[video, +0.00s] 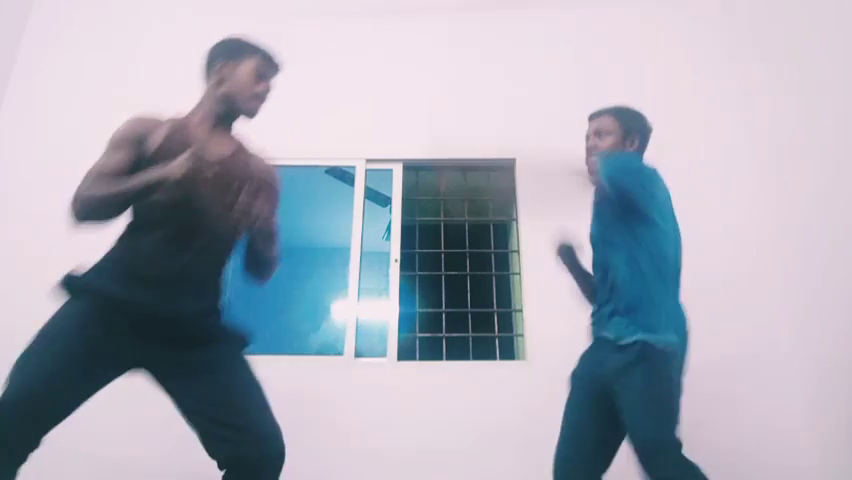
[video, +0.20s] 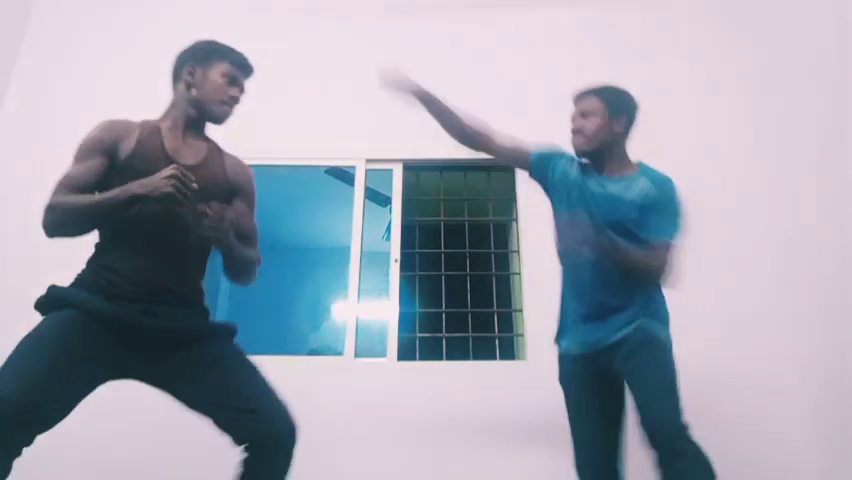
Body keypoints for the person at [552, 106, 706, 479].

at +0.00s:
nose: (591, 145)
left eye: (602, 135)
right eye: (588, 137)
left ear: (633, 142)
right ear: (585, 143)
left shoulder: (643, 181)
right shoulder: (610, 206)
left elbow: (612, 171)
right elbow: (604, 298)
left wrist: (602, 170)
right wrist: (571, 262)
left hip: (649, 350)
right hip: (606, 350)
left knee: (661, 461)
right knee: (572, 470)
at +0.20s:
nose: (575, 125)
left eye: (586, 116)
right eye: (574, 117)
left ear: (619, 124)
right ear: (574, 125)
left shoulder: (656, 188)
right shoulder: (560, 170)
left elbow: (654, 266)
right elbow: (483, 140)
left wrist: (602, 243)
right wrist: (422, 95)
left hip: (638, 332)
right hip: (579, 341)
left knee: (667, 436)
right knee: (595, 464)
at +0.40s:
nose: (534, 139)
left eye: (544, 129)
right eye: (535, 130)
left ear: (575, 138)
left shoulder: (594, 192)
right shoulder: (541, 214)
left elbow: (562, 239)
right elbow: (541, 296)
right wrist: (548, 337)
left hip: (616, 351)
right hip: (560, 352)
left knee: (650, 463)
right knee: (497, 456)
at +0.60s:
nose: (537, 191)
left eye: (548, 183)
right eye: (537, 184)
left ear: (582, 193)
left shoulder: (623, 263)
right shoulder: (526, 267)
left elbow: (623, 341)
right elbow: (515, 346)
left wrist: (537, 320)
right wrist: (537, 392)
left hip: (617, 410)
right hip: (545, 408)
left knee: (667, 474)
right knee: (474, 474)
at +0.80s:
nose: (546, 105)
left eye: (555, 95)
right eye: (546, 97)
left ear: (588, 101)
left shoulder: (627, 151)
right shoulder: (552, 178)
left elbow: (640, 219)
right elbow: (555, 249)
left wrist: (559, 224)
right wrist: (558, 279)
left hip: (632, 309)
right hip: (573, 316)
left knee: (676, 421)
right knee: (553, 422)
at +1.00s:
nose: (563, 111)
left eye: (572, 101)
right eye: (563, 104)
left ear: (604, 105)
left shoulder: (634, 146)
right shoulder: (592, 178)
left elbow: (659, 208)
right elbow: (621, 256)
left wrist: (584, 230)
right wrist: (577, 273)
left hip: (645, 310)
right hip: (612, 319)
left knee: (670, 429)